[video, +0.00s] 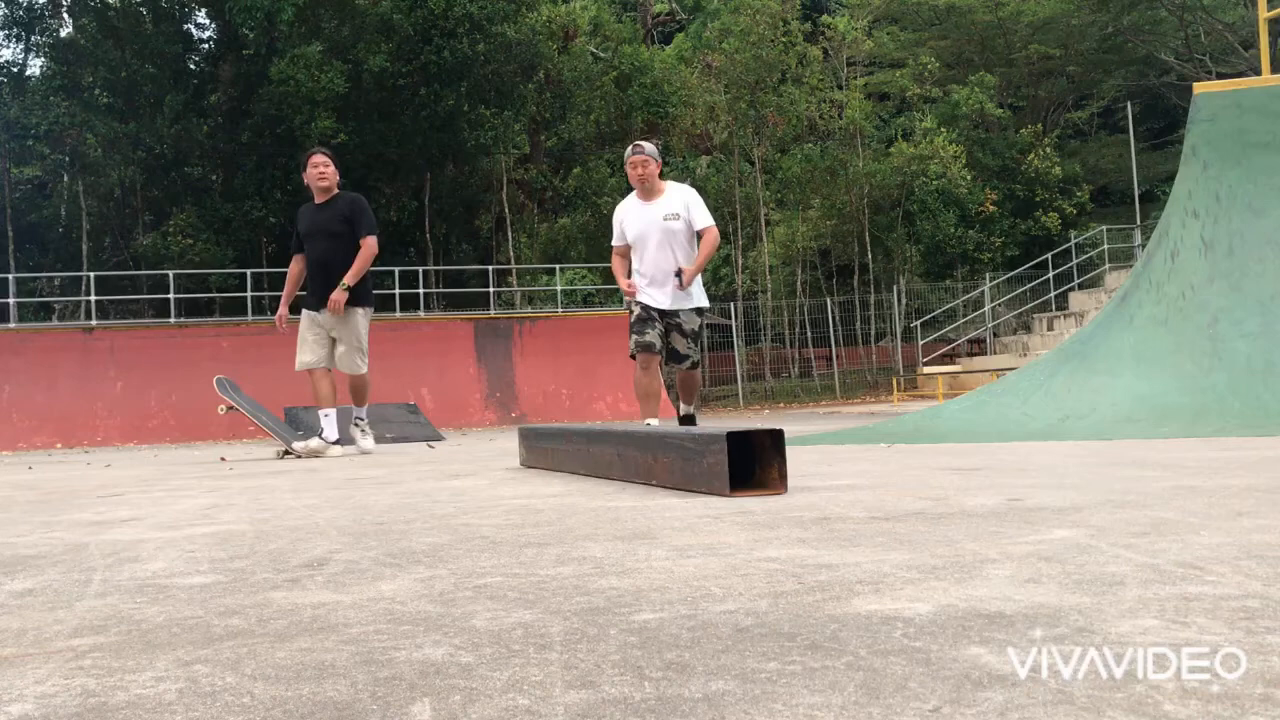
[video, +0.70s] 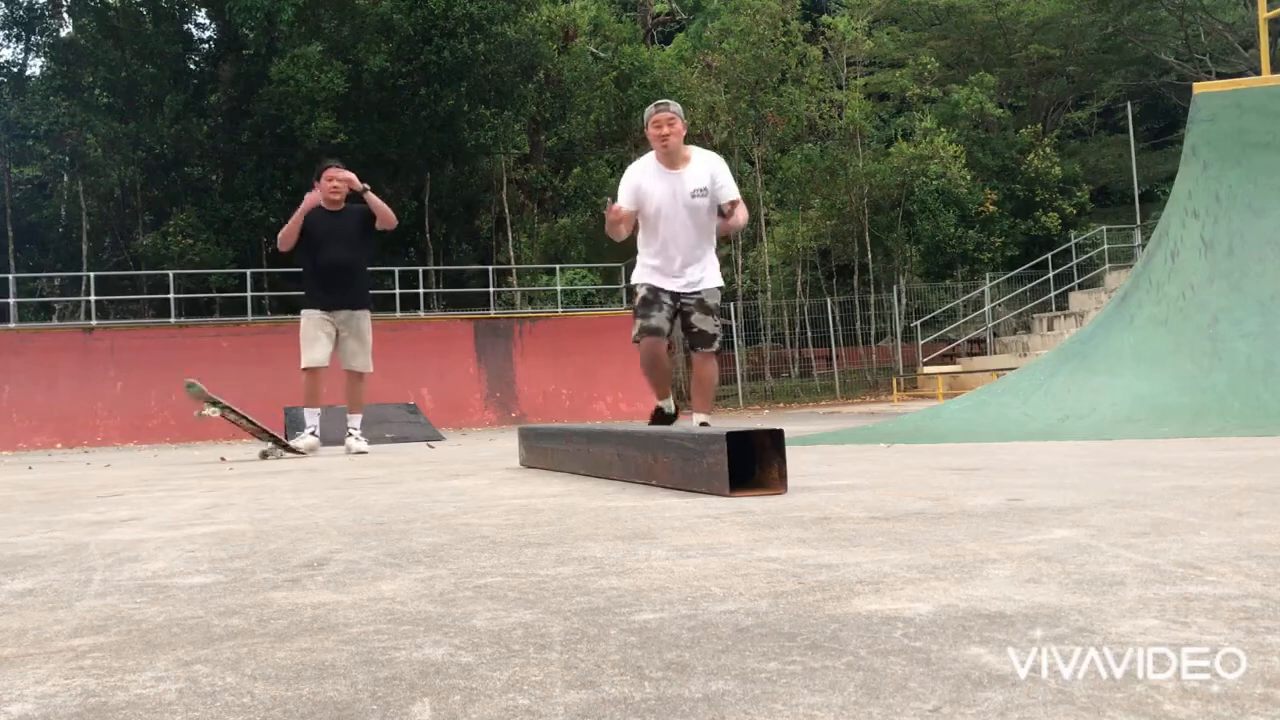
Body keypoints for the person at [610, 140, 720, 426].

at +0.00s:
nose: (639, 171)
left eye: (645, 165)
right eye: (633, 166)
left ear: (659, 167)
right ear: (626, 172)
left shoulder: (685, 196)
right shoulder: (623, 210)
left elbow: (711, 235)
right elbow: (619, 254)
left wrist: (694, 269)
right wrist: (622, 279)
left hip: (685, 297)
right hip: (645, 297)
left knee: (687, 364)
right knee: (646, 357)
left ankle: (687, 416)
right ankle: (650, 426)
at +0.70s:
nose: (664, 131)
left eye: (670, 123)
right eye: (656, 126)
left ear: (683, 128)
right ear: (647, 134)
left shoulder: (710, 164)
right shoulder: (636, 172)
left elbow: (739, 212)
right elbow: (620, 234)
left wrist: (730, 223)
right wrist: (613, 224)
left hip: (701, 273)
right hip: (653, 273)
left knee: (704, 347)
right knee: (650, 341)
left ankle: (701, 421)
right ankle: (665, 406)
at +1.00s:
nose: (649, 126)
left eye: (656, 117)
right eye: (641, 122)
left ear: (672, 122)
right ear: (633, 134)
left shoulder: (704, 155)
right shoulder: (629, 176)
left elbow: (738, 205)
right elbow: (610, 237)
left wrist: (723, 188)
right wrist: (600, 206)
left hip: (712, 273)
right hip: (662, 275)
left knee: (732, 360)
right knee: (667, 340)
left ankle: (708, 408)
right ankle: (680, 424)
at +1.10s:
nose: (646, 130)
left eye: (653, 122)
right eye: (637, 126)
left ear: (668, 126)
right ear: (629, 138)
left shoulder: (700, 159)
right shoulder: (624, 182)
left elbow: (736, 210)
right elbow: (604, 240)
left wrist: (720, 189)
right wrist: (589, 216)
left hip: (713, 273)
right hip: (660, 278)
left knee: (737, 346)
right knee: (665, 337)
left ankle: (725, 394)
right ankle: (680, 426)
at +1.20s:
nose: (645, 132)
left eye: (652, 123)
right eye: (636, 127)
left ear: (668, 127)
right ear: (627, 139)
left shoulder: (699, 160)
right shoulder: (622, 184)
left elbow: (735, 213)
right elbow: (604, 243)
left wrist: (721, 191)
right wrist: (587, 220)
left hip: (713, 270)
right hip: (660, 279)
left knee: (728, 320)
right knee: (662, 343)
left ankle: (742, 412)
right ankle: (682, 432)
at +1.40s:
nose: (648, 139)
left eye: (655, 129)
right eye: (638, 133)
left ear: (671, 133)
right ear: (628, 144)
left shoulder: (704, 168)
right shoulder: (623, 191)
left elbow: (741, 223)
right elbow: (604, 251)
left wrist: (729, 194)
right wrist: (583, 223)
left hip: (719, 280)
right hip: (663, 293)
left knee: (723, 335)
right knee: (656, 364)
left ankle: (740, 418)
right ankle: (684, 430)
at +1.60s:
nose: (656, 148)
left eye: (663, 138)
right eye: (646, 142)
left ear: (680, 141)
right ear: (635, 153)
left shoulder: (713, 177)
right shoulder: (630, 203)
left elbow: (749, 234)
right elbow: (613, 267)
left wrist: (737, 209)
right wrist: (588, 239)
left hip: (727, 279)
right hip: (675, 300)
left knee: (723, 324)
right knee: (664, 387)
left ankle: (740, 425)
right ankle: (686, 429)